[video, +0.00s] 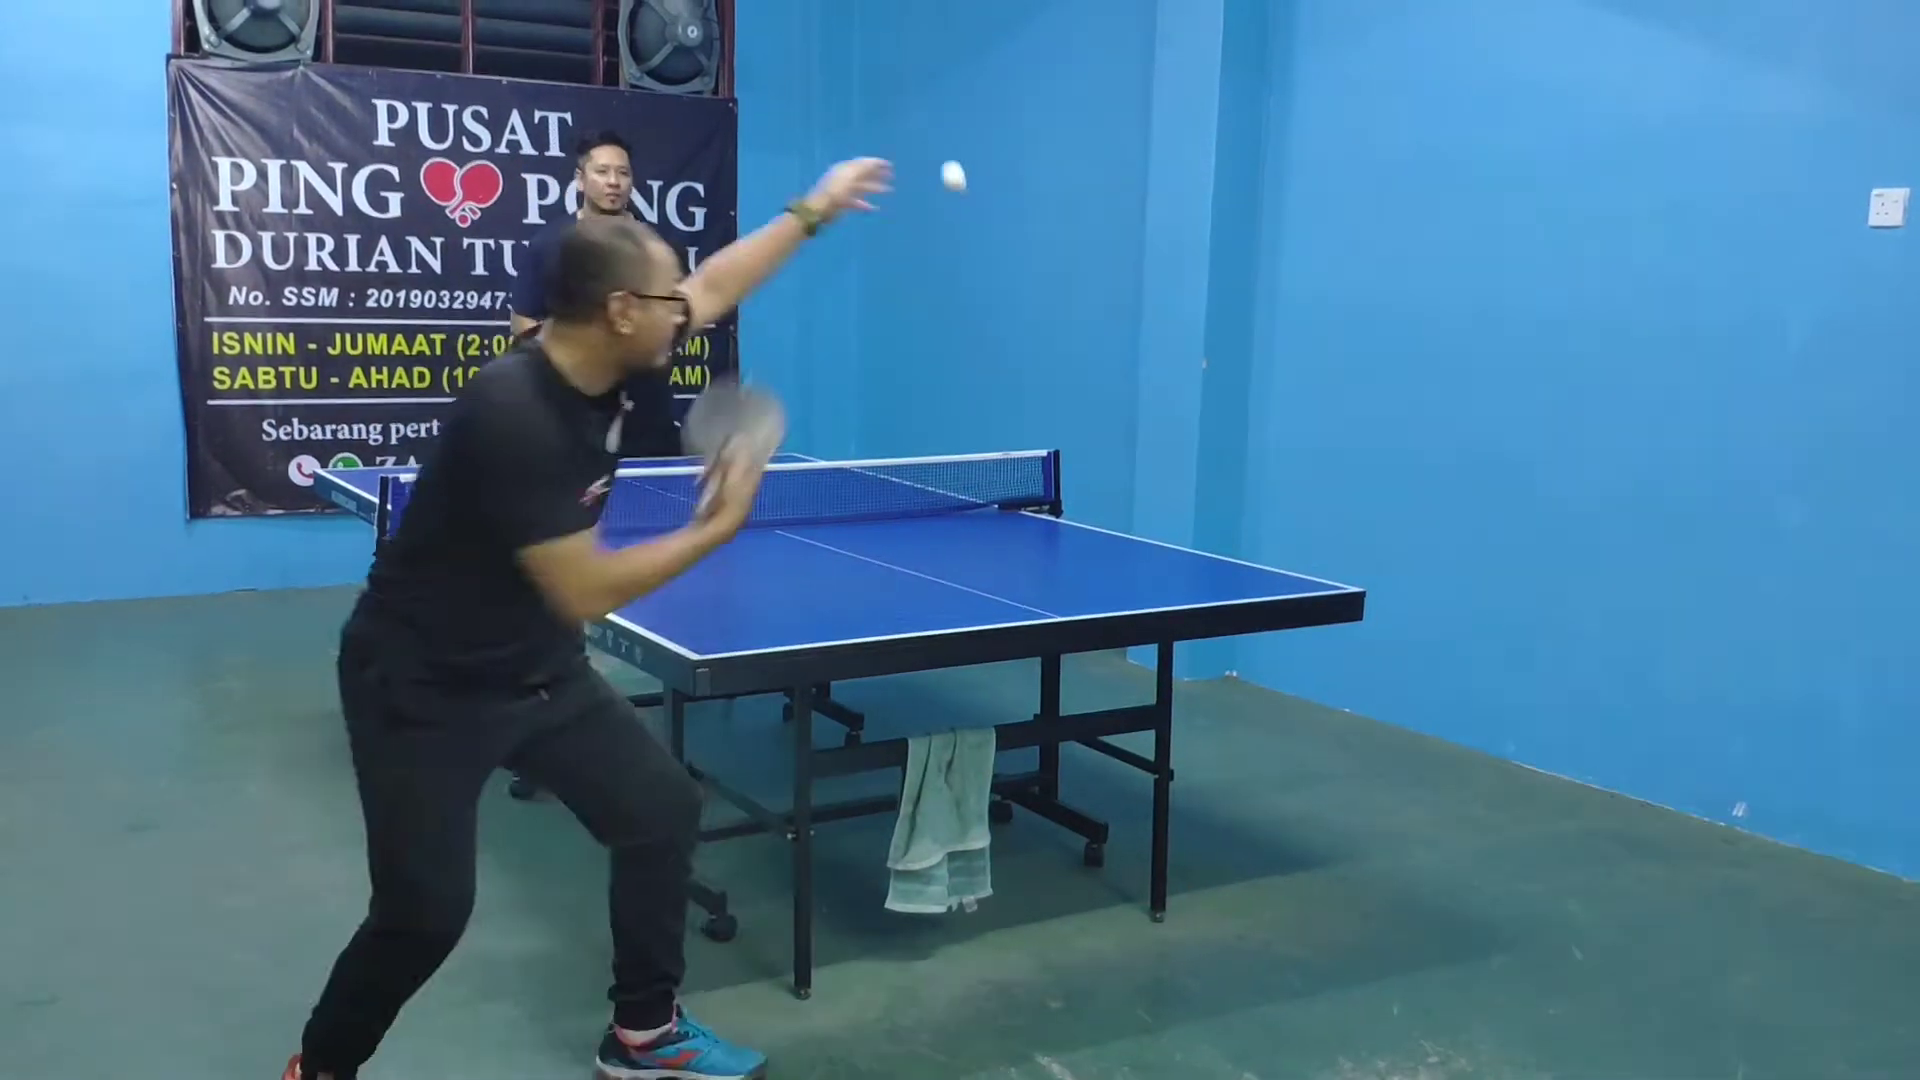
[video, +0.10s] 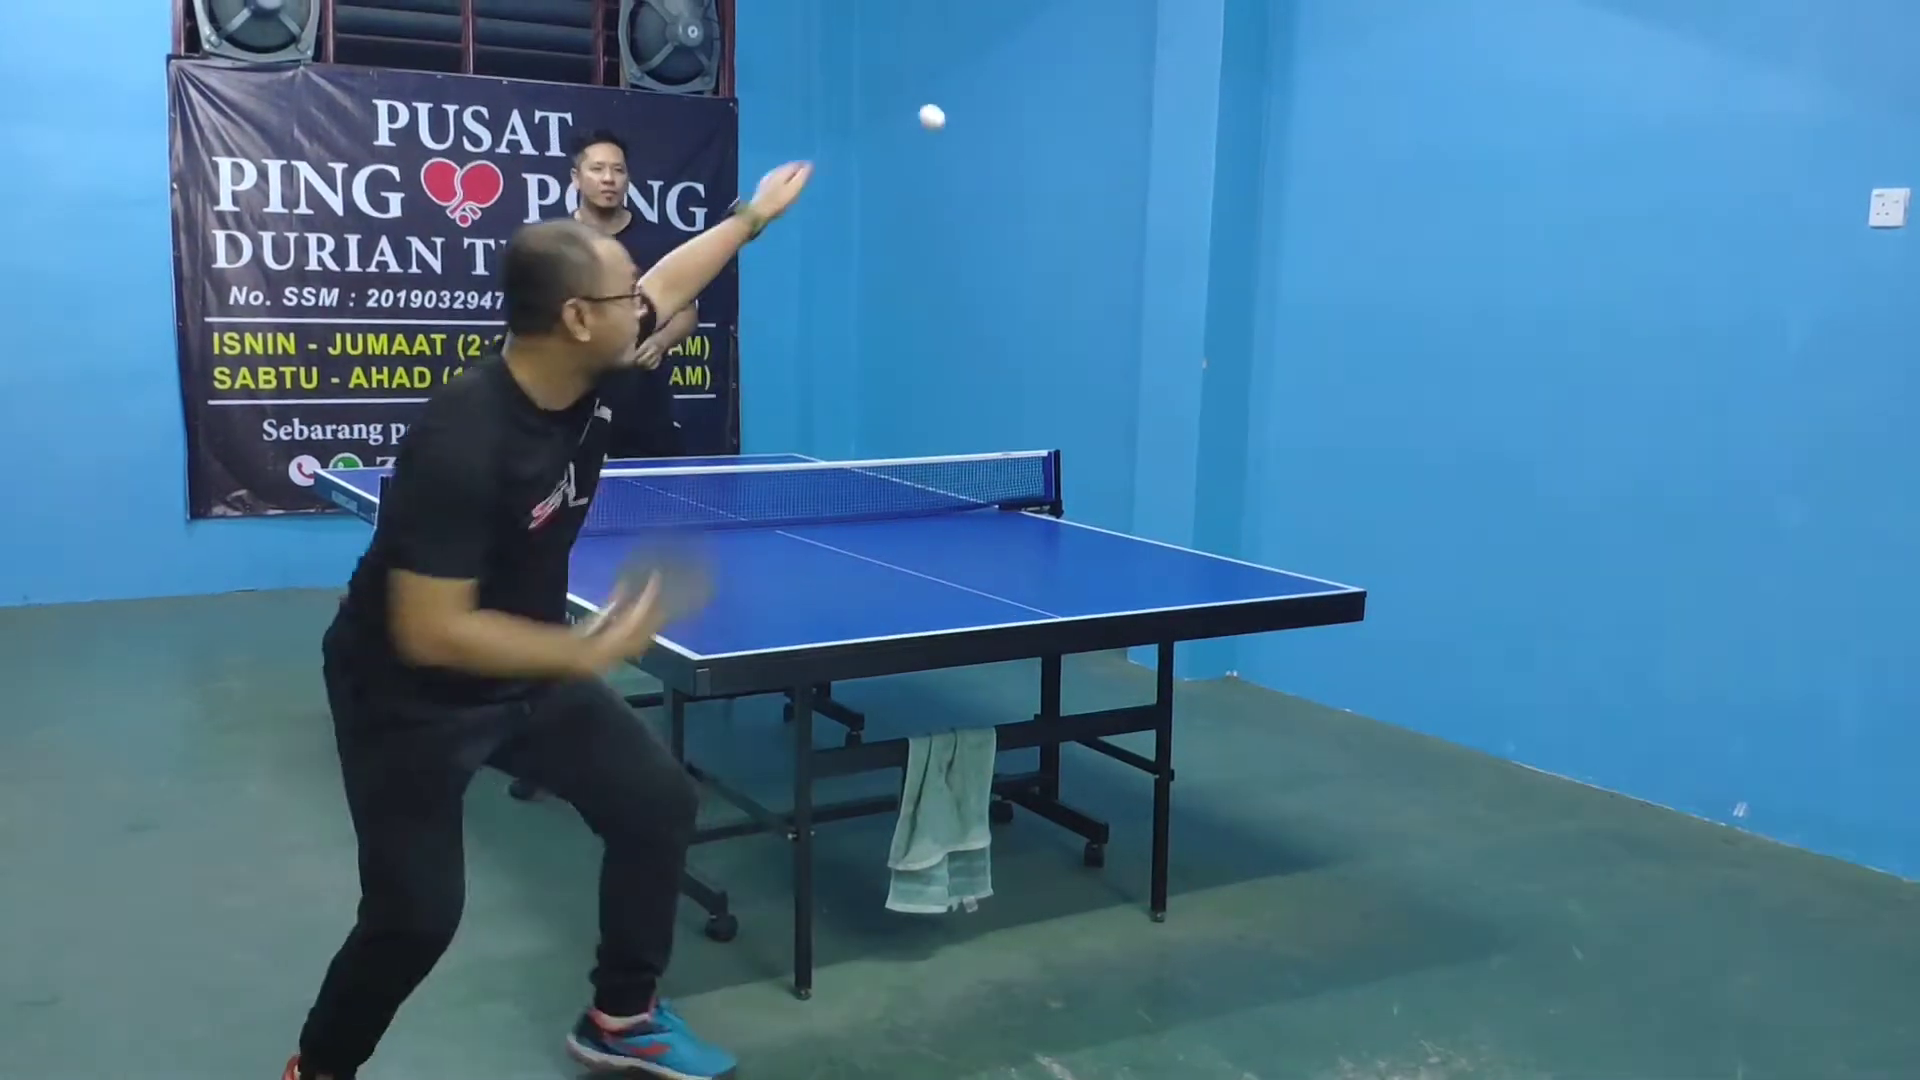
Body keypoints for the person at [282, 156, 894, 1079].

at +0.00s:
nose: (680, 318)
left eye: (678, 302)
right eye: (669, 303)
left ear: (610, 309)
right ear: (616, 313)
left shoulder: (600, 367)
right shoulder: (511, 415)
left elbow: (705, 292)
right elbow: (584, 592)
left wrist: (807, 215)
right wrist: (713, 530)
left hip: (534, 662)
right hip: (419, 680)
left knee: (660, 812)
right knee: (424, 915)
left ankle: (645, 1029)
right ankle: (317, 1067)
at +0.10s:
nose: (636, 308)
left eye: (633, 295)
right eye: (624, 299)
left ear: (571, 317)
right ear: (574, 321)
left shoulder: (583, 374)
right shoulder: (460, 445)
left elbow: (660, 295)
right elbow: (425, 632)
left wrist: (751, 216)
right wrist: (585, 651)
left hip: (525, 664)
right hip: (405, 687)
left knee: (657, 803)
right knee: (415, 918)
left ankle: (623, 1015)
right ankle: (316, 1068)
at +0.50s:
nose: (760, 465)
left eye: (768, 445)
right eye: (757, 440)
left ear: (712, 422)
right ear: (705, 418)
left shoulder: (645, 472)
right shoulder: (604, 431)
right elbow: (518, 416)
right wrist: (703, 448)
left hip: (559, 726)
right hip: (456, 750)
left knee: (721, 803)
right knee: (481, 1016)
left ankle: (611, 972)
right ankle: (328, 1062)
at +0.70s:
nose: (831, 443)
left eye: (829, 434)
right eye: (826, 430)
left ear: (736, 404)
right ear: (803, 417)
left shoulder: (667, 460)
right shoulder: (768, 441)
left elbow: (587, 498)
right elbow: (869, 482)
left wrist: (538, 491)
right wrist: (1008, 536)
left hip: (656, 734)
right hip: (588, 740)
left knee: (767, 855)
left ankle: (676, 1042)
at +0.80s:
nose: (871, 421)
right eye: (870, 411)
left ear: (766, 393)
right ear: (859, 405)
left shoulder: (695, 450)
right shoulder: (828, 436)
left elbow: (611, 483)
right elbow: (924, 486)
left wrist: (538, 479)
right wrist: (1060, 546)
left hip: (601, 720)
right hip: (682, 731)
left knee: (743, 898)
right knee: (803, 969)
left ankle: (693, 1041)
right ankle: (654, 1068)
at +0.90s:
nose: (915, 380)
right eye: (915, 366)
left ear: (806, 357)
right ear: (906, 370)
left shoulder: (742, 427)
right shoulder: (892, 421)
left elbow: (637, 466)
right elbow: (1004, 500)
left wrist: (556, 471)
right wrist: (1113, 575)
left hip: (658, 717)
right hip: (767, 726)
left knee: (774, 864)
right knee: (916, 932)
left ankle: (678, 1039)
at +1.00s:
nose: (952, 329)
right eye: (952, 320)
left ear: (842, 318)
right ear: (944, 326)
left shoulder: (779, 388)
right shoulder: (954, 391)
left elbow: (646, 439)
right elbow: (1082, 496)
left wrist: (596, 449)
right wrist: (1131, 607)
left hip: (737, 699)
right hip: (864, 708)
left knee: (770, 857)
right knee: (986, 951)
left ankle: (691, 1047)